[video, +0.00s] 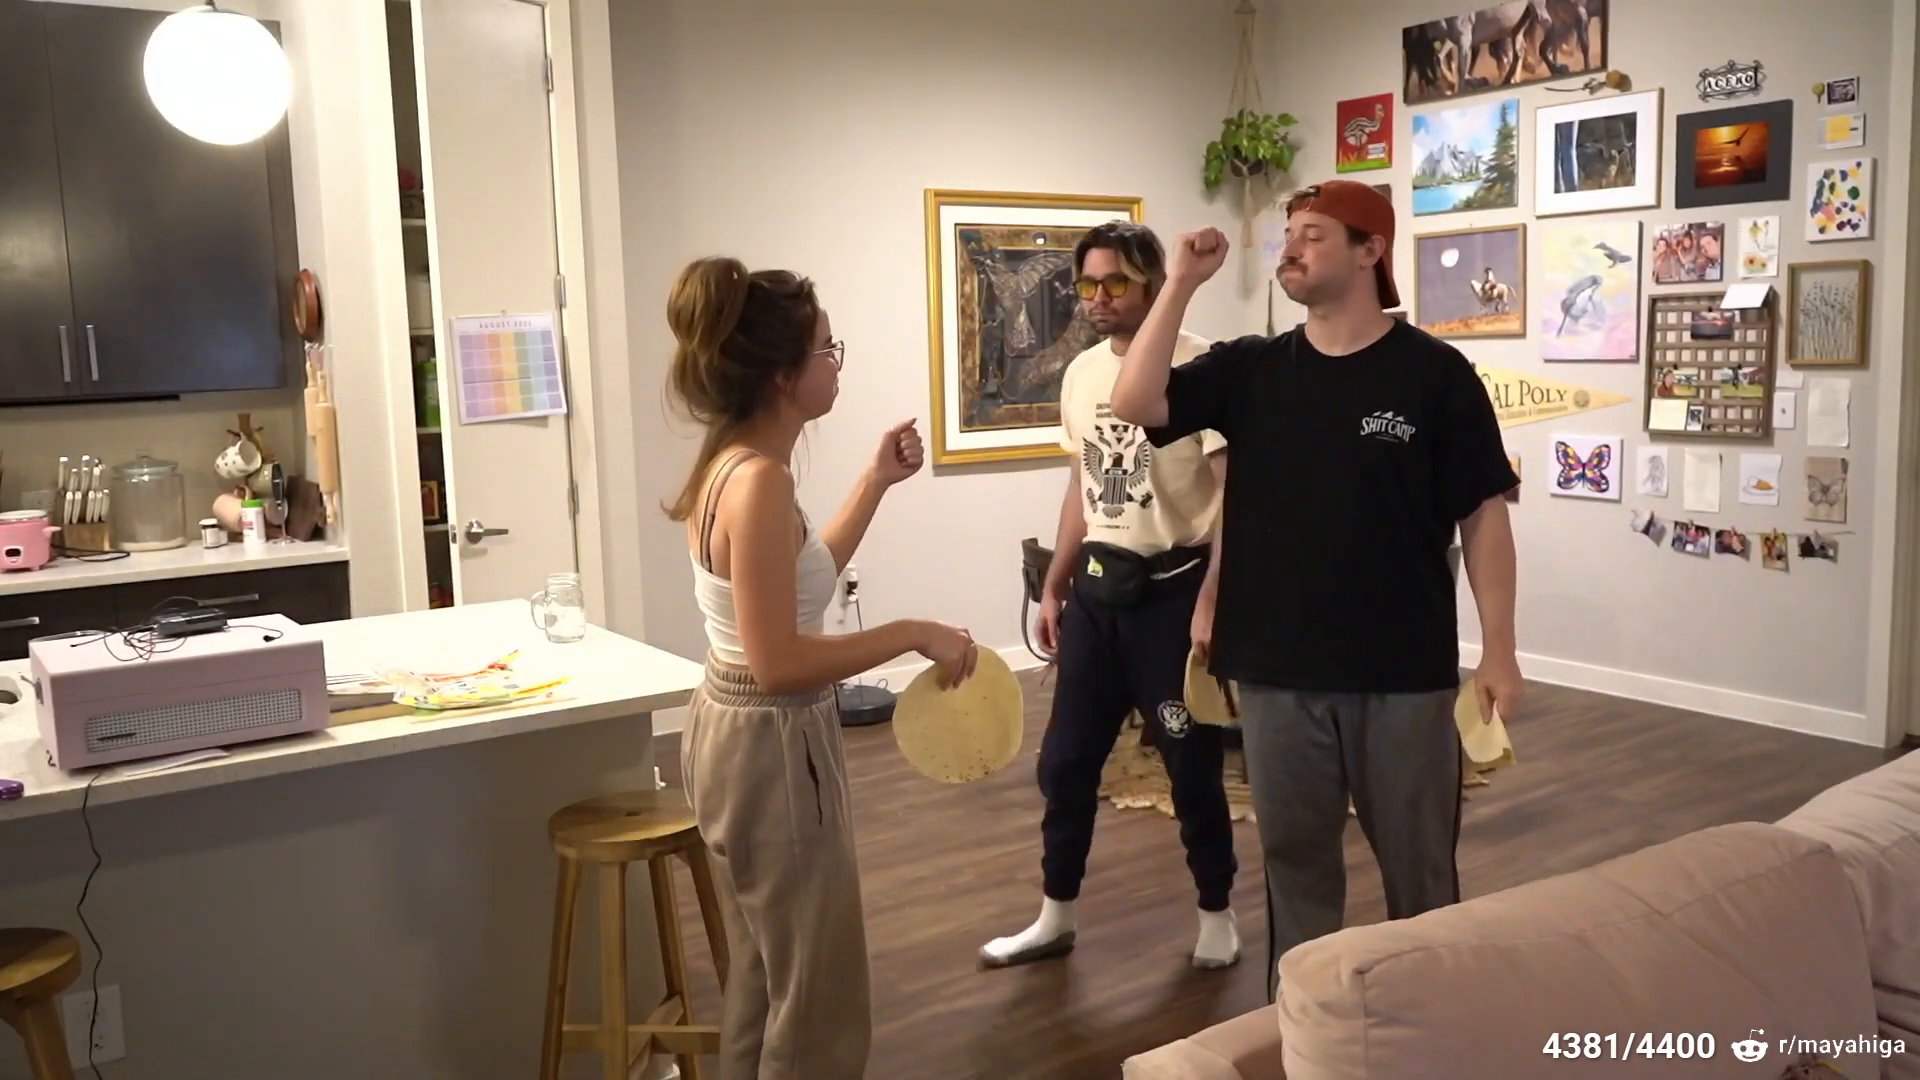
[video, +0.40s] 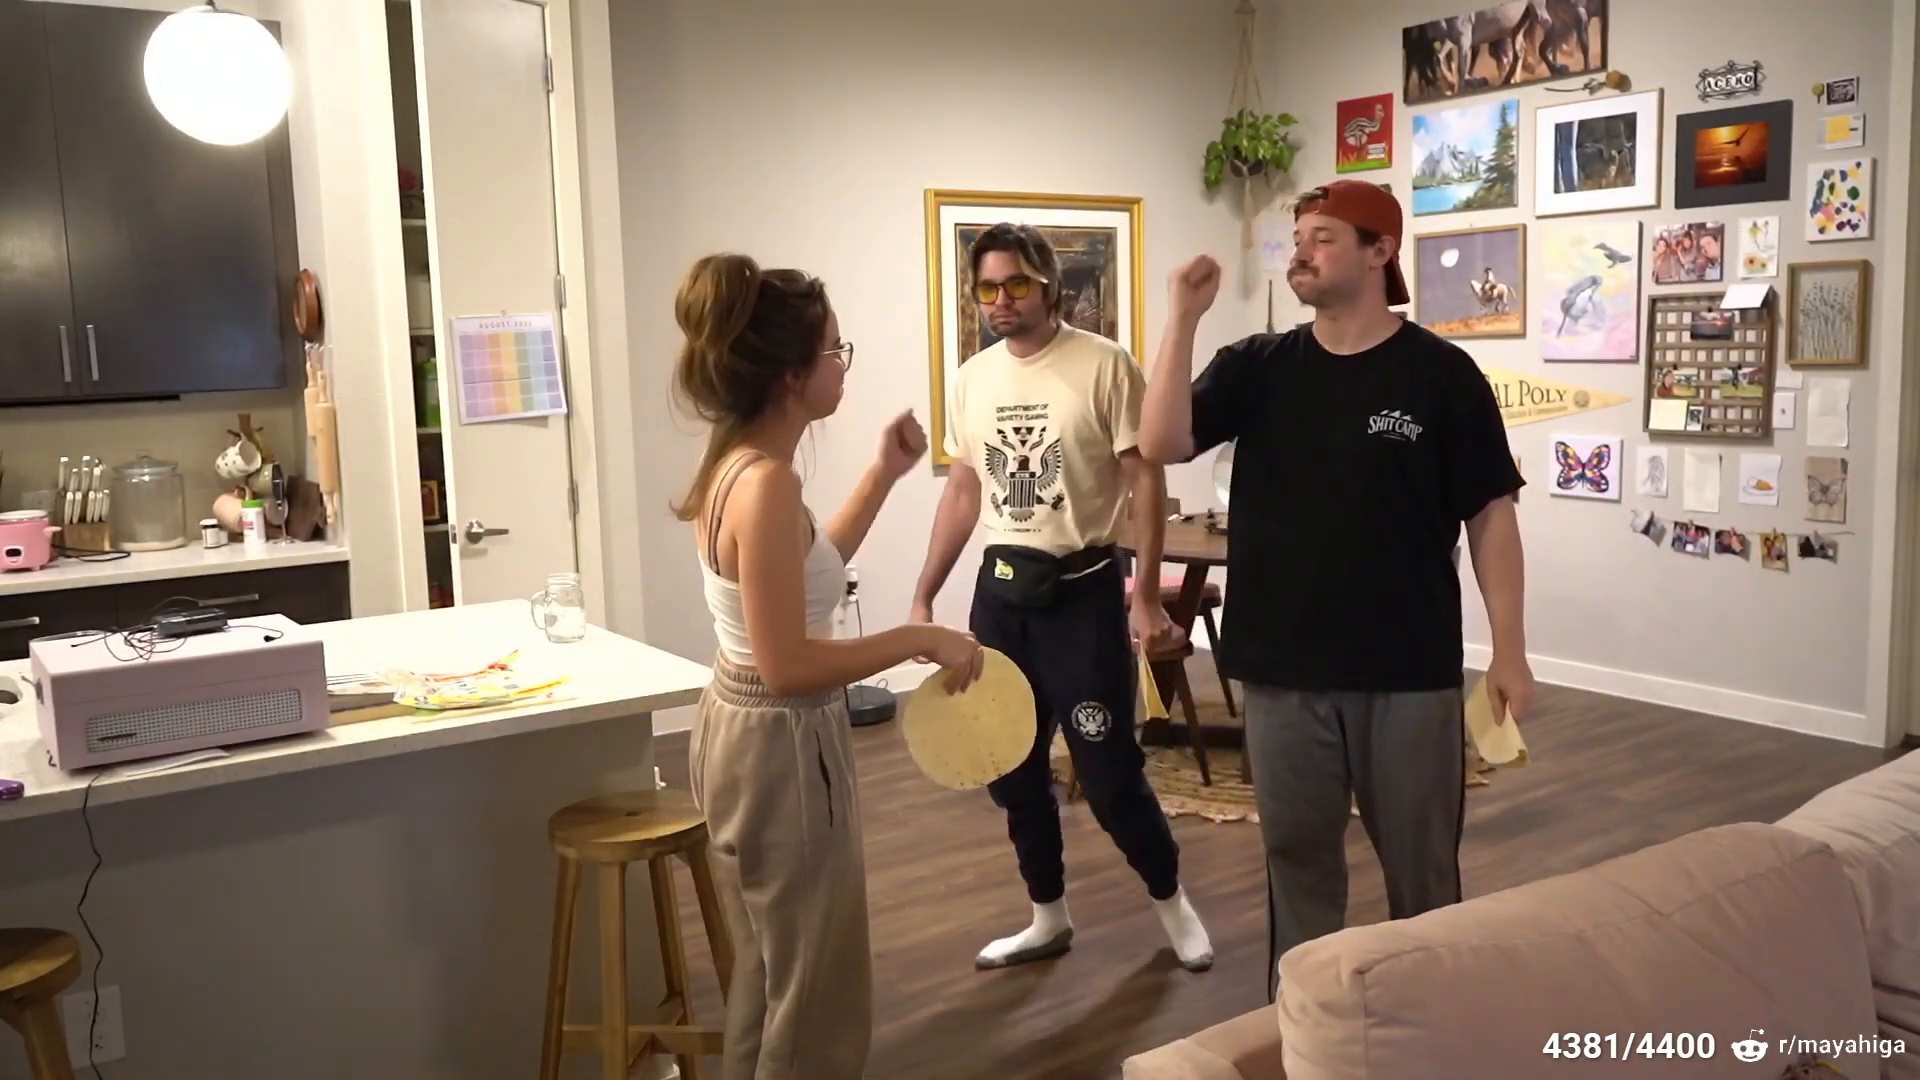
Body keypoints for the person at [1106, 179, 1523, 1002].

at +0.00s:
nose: (1289, 246)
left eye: (1311, 234)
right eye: (1287, 235)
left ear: (1367, 253)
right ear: (1284, 257)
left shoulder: (1437, 373)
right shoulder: (1252, 367)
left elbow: (1485, 517)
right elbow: (1134, 401)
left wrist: (1499, 652)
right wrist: (1180, 282)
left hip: (1403, 678)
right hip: (1274, 677)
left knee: (1421, 880)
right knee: (1295, 877)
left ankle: (1438, 1037)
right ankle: (1299, 1037)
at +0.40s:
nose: (1301, 252)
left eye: (1323, 238)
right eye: (1297, 241)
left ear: (1378, 253)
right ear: (1293, 259)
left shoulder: (1443, 372)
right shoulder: (1258, 365)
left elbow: (1492, 513)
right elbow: (1162, 441)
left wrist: (1508, 651)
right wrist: (1182, 321)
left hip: (1409, 676)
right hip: (1280, 673)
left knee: (1422, 876)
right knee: (1296, 869)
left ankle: (1438, 1033)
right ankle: (1302, 1032)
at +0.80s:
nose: (1293, 258)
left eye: (1314, 243)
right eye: (1288, 246)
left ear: (1370, 255)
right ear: (1285, 261)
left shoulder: (1439, 371)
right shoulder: (1255, 373)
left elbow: (1490, 513)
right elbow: (1163, 476)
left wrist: (1506, 646)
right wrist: (1149, 372)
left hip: (1408, 677)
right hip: (1283, 676)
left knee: (1420, 876)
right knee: (1295, 869)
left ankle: (1435, 1032)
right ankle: (1304, 1032)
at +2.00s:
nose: (1285, 262)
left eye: (1306, 249)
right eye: (1280, 250)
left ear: (1361, 262)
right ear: (1275, 261)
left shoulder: (1428, 374)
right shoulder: (1240, 376)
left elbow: (1475, 518)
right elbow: (1136, 437)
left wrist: (1491, 653)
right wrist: (1051, 441)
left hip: (1397, 680)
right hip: (1274, 681)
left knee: (1422, 881)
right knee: (1290, 877)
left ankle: (1445, 1034)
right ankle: (1298, 1037)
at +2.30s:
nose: (1259, 260)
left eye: (1280, 246)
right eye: (1252, 248)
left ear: (1334, 258)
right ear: (1246, 263)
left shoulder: (1406, 374)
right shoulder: (1217, 381)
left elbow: (1468, 498)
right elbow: (1129, 480)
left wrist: (1418, 601)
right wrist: (1054, 505)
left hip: (1385, 675)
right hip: (1263, 678)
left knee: (1411, 874)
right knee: (1282, 873)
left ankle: (1440, 1025)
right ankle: (1296, 1033)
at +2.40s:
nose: (1248, 258)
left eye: (1270, 245)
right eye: (1243, 247)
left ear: (1324, 259)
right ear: (1237, 264)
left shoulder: (1392, 375)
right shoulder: (1207, 383)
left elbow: (1437, 517)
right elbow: (1145, 499)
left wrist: (1328, 562)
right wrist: (1132, 523)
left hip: (1373, 675)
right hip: (1250, 677)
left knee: (1402, 862)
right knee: (1273, 867)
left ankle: (1428, 1016)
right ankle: (1293, 1026)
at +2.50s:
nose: (1234, 263)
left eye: (1256, 248)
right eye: (1230, 250)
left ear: (1311, 261)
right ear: (1228, 264)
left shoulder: (1371, 372)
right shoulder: (1205, 382)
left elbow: (1388, 521)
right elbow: (1175, 508)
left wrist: (1242, 528)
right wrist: (1170, 534)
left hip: (1354, 675)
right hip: (1237, 674)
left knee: (1375, 865)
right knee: (1265, 870)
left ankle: (1406, 1019)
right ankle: (1294, 1026)